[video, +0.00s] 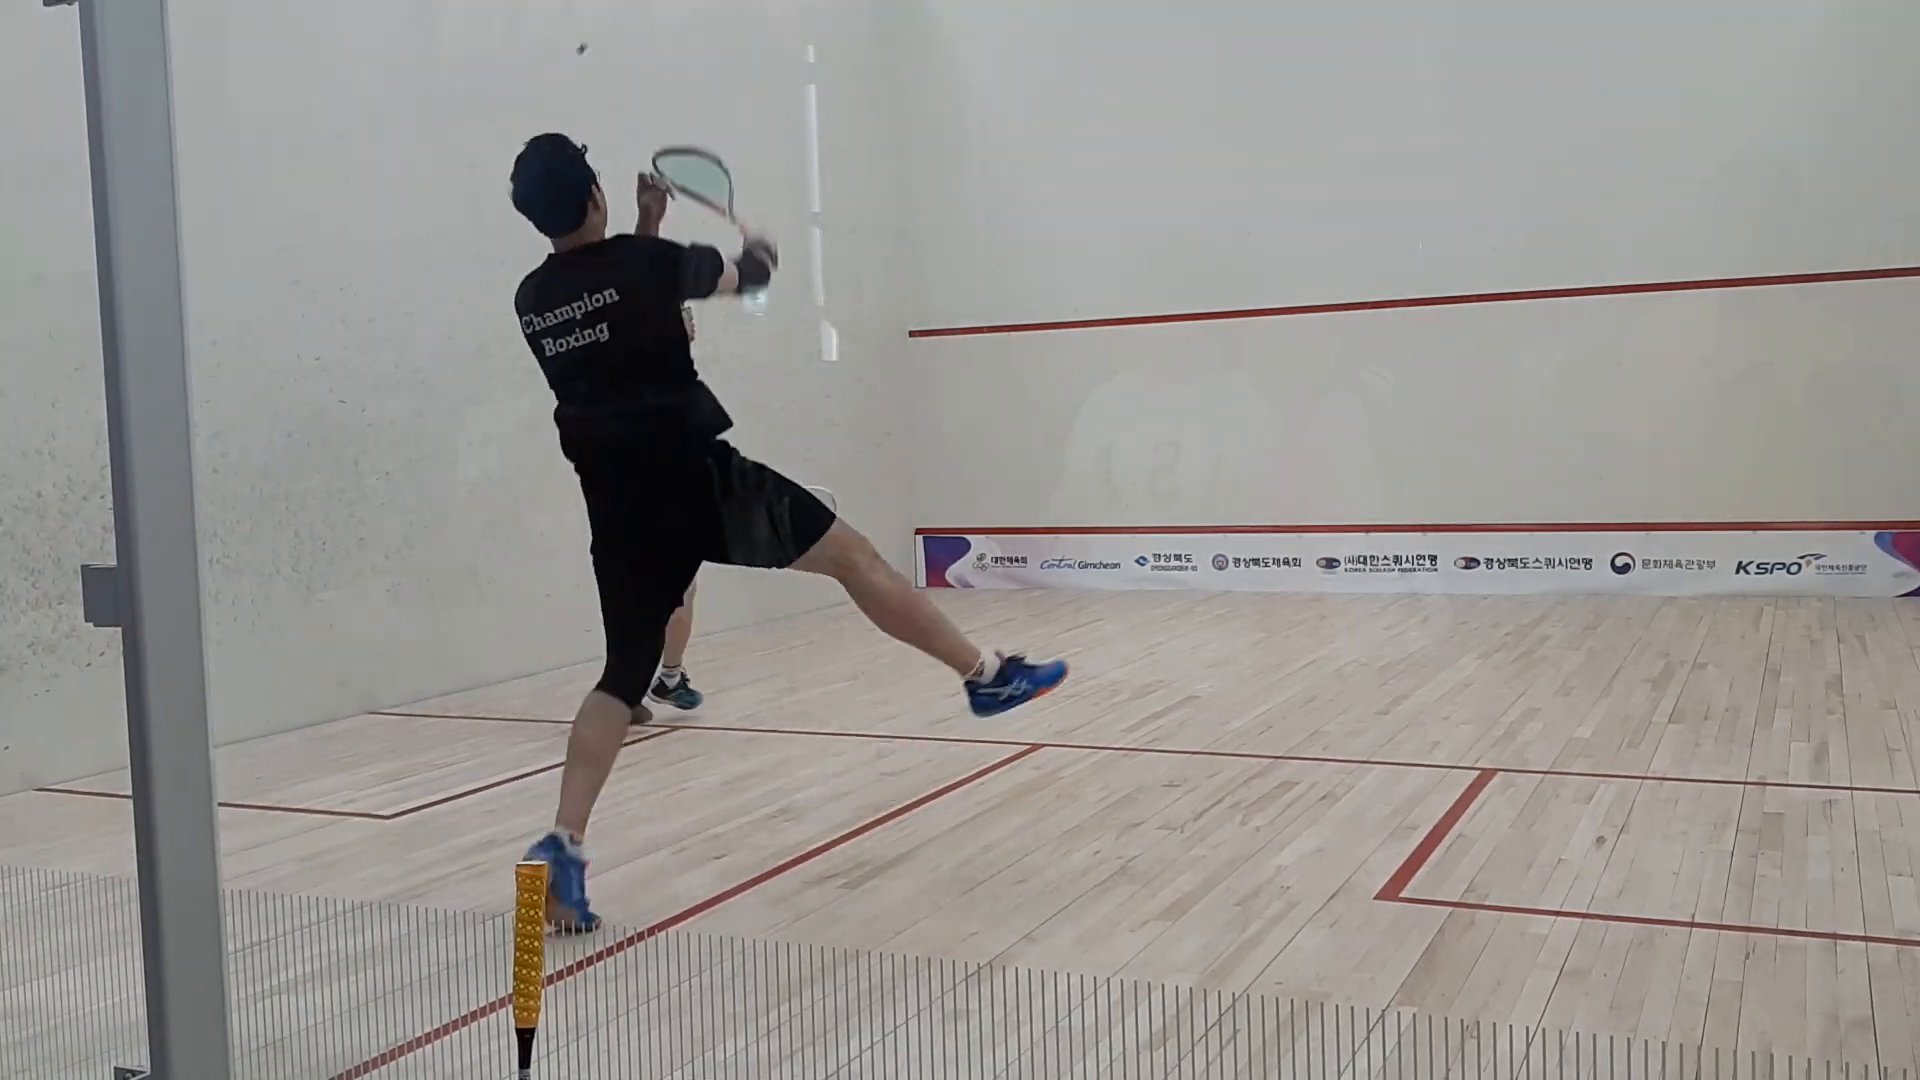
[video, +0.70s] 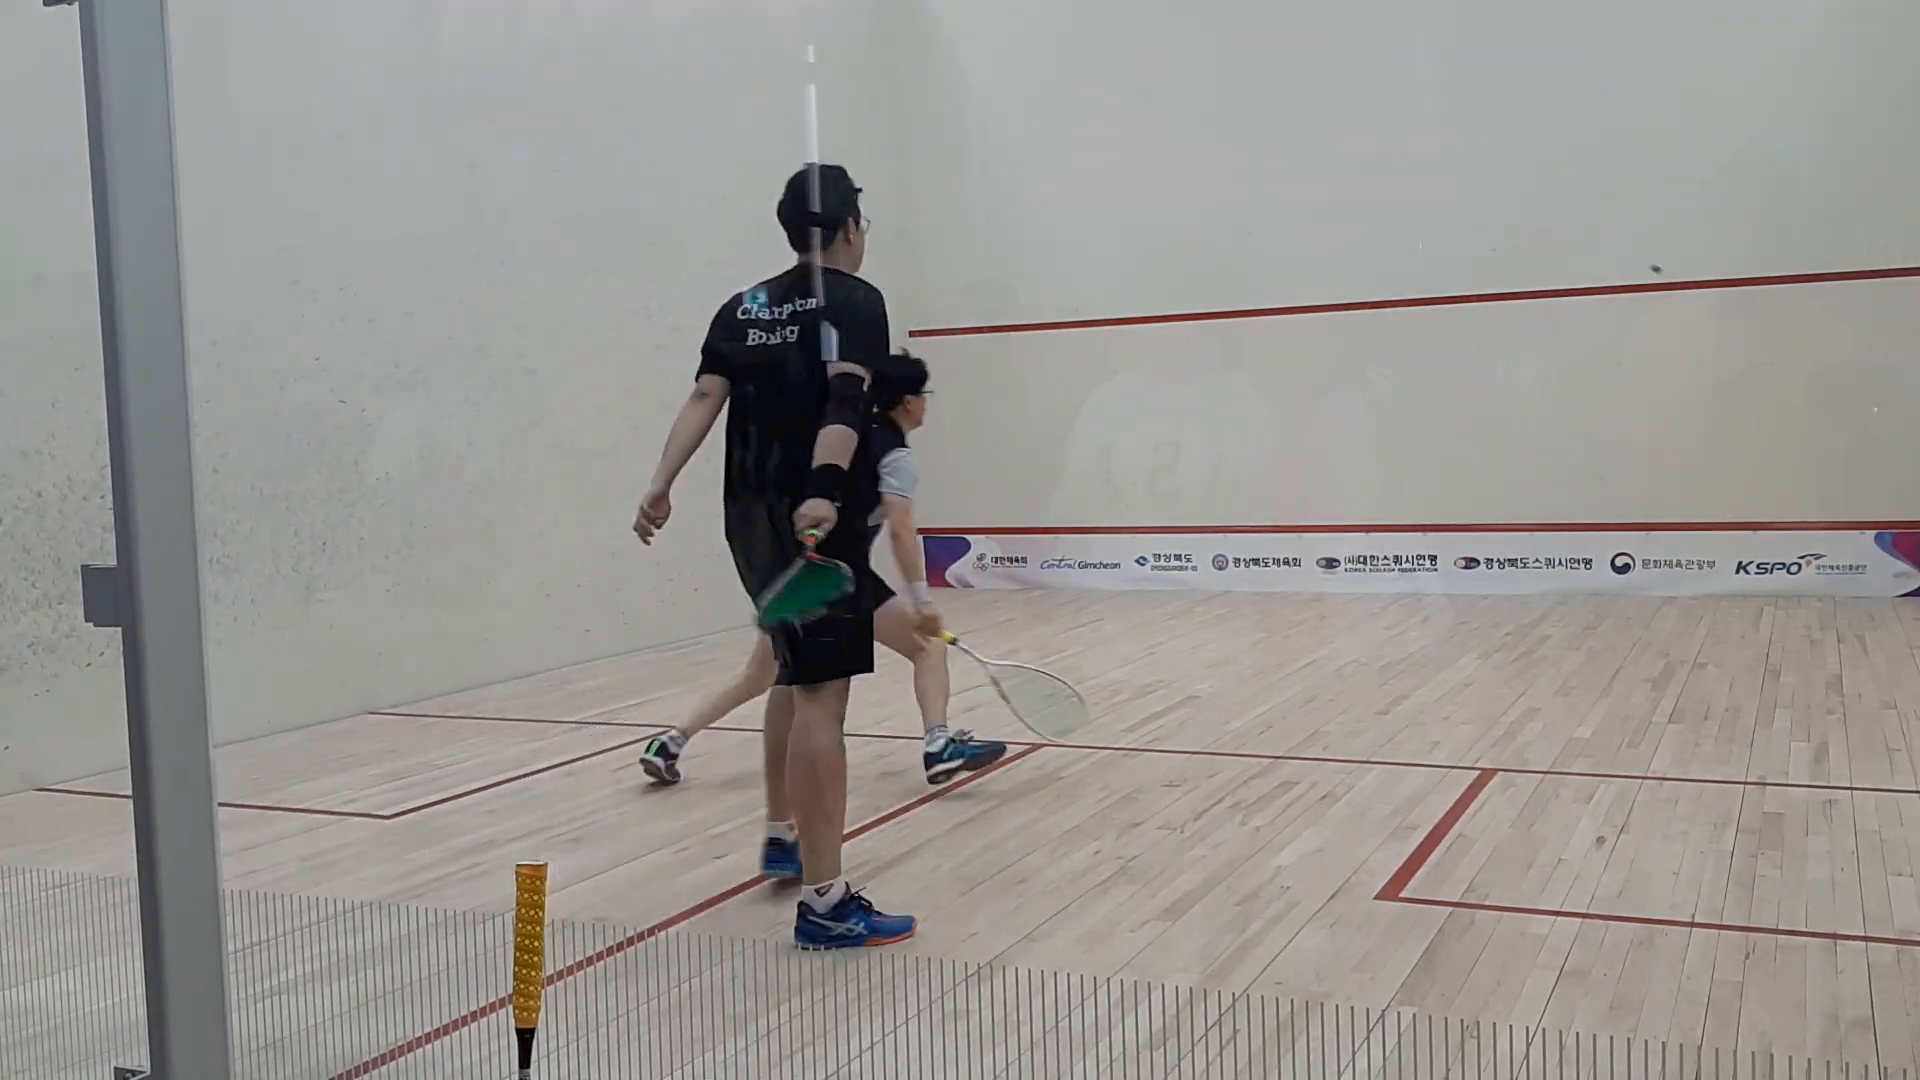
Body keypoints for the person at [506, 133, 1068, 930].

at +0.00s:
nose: (602, 193)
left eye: (591, 185)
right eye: (596, 185)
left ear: (531, 219)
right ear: (593, 195)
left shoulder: (530, 298)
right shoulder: (649, 263)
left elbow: (616, 297)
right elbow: (751, 272)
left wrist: (647, 226)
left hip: (619, 509)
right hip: (704, 482)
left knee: (623, 673)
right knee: (852, 557)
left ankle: (562, 847)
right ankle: (985, 673)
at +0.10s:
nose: (616, 234)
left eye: (604, 226)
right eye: (610, 226)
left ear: (543, 254)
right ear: (609, 237)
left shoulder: (535, 338)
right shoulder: (650, 321)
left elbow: (623, 384)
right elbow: (746, 402)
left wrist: (674, 318)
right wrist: (765, 385)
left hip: (604, 564)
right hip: (695, 540)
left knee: (611, 721)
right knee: (851, 584)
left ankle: (552, 895)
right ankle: (1015, 663)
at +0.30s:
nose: (682, 236)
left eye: (673, 224)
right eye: (677, 225)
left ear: (604, 248)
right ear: (669, 238)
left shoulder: (581, 339)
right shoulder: (695, 316)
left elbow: (579, 459)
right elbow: (738, 437)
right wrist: (797, 542)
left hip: (633, 569)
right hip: (725, 554)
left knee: (617, 724)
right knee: (825, 693)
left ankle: (544, 902)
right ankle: (877, 875)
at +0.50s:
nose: (788, 223)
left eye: (779, 211)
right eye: (783, 213)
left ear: (711, 232)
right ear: (774, 224)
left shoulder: (674, 315)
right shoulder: (790, 299)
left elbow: (646, 428)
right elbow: (790, 405)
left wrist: (603, 524)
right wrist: (766, 495)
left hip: (700, 549)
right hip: (785, 542)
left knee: (713, 693)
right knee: (815, 704)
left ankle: (604, 845)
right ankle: (827, 900)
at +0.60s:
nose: (833, 221)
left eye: (827, 210)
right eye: (830, 211)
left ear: (756, 227)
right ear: (817, 223)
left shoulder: (710, 308)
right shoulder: (827, 299)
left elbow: (669, 401)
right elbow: (812, 402)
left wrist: (625, 491)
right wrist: (777, 480)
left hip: (733, 535)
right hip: (805, 535)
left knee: (757, 679)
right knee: (814, 707)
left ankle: (683, 826)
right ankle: (824, 898)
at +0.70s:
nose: (866, 239)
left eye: (859, 227)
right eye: (863, 227)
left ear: (789, 231)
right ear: (849, 230)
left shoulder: (739, 309)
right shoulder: (856, 303)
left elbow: (705, 400)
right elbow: (843, 407)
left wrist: (661, 481)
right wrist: (822, 494)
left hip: (750, 529)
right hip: (811, 532)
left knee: (791, 684)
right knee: (823, 707)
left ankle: (783, 835)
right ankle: (825, 898)